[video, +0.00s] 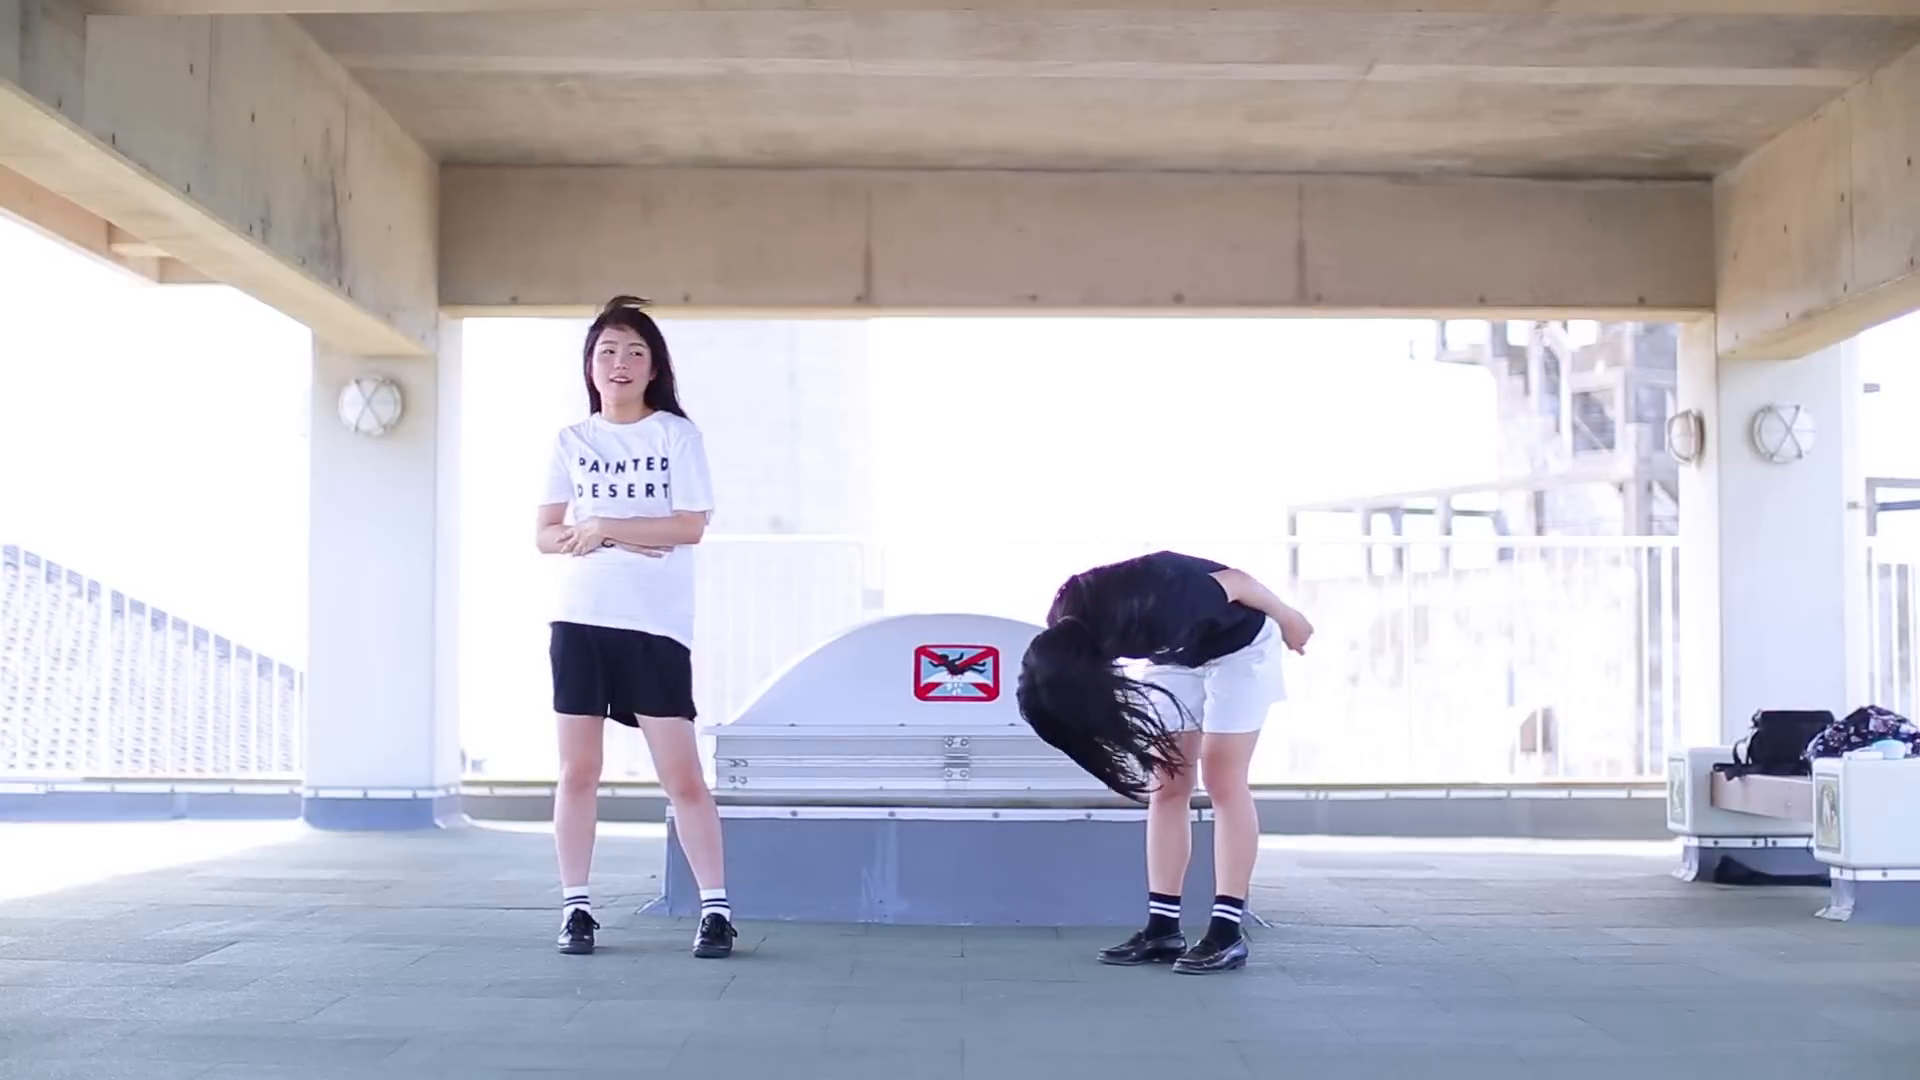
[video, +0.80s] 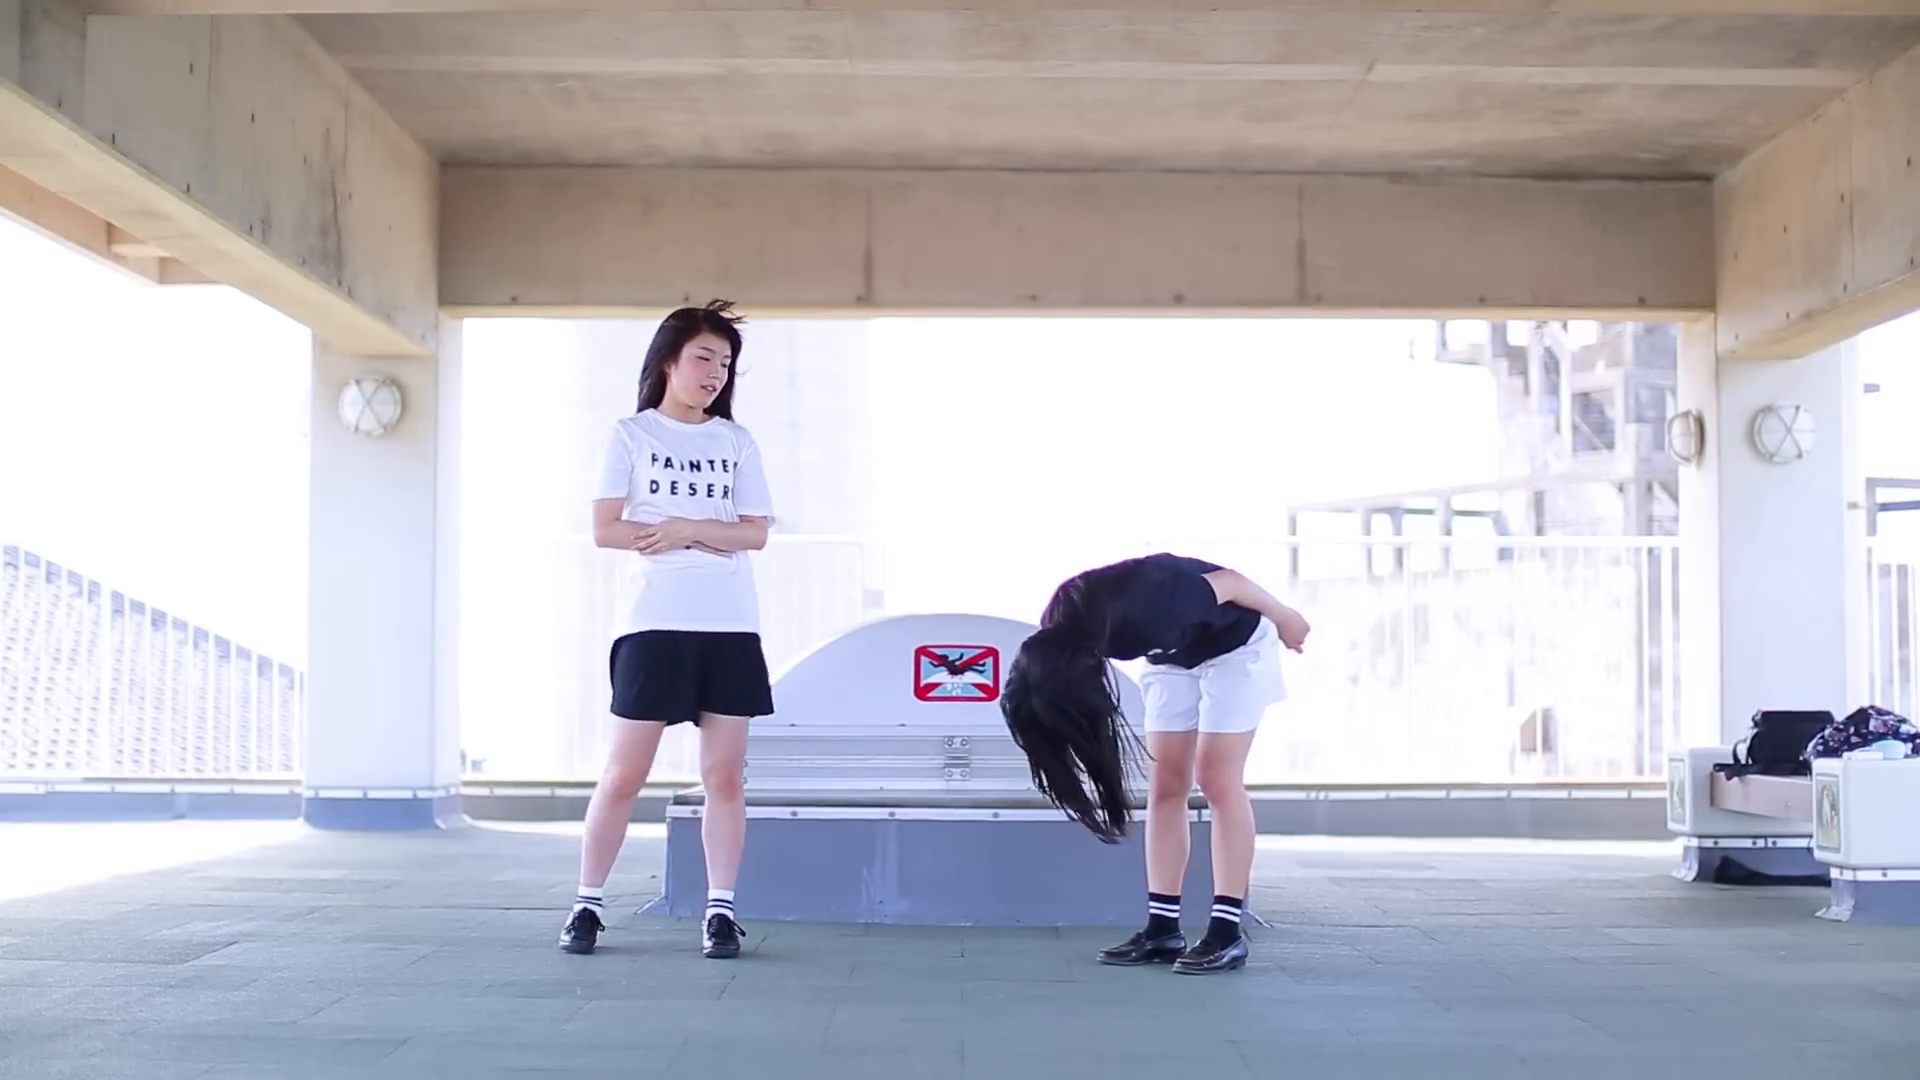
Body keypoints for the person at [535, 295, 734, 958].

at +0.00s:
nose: (619, 361)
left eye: (633, 351)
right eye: (607, 350)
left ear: (654, 364)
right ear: (589, 363)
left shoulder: (679, 434)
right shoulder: (571, 439)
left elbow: (692, 527)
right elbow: (546, 536)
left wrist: (604, 528)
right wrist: (609, 537)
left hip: (657, 626)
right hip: (579, 625)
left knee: (684, 780)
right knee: (577, 773)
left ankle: (715, 909)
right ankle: (575, 908)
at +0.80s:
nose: (713, 372)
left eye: (723, 364)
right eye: (702, 358)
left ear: (729, 374)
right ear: (667, 359)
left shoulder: (738, 440)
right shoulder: (632, 433)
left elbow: (756, 533)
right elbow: (606, 531)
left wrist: (684, 526)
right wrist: (702, 529)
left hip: (731, 627)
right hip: (656, 624)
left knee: (726, 778)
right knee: (624, 776)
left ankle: (720, 911)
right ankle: (587, 904)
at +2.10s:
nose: (796, 396)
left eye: (804, 386)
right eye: (787, 380)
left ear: (807, 393)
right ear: (753, 373)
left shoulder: (785, 466)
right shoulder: (687, 424)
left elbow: (778, 563)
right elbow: (632, 506)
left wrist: (709, 552)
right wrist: (704, 561)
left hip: (724, 635)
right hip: (653, 627)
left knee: (720, 780)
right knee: (666, 776)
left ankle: (720, 910)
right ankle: (681, 910)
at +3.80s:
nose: (579, 355)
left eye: (594, 346)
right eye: (580, 344)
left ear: (632, 363)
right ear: (585, 357)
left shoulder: (667, 430)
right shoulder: (563, 425)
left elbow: (702, 497)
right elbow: (494, 467)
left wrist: (635, 453)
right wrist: (521, 393)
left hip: (637, 621)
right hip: (564, 618)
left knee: (637, 780)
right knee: (571, 774)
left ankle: (648, 907)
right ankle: (577, 910)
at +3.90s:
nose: (594, 359)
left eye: (607, 347)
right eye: (587, 349)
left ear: (641, 357)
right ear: (579, 359)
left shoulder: (671, 423)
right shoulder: (564, 424)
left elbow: (685, 476)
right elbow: (491, 457)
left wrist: (627, 406)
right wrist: (534, 387)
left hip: (641, 619)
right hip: (565, 617)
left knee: (637, 777)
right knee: (571, 774)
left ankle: (648, 909)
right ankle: (578, 910)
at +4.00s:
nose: (593, 363)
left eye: (607, 351)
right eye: (584, 351)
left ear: (644, 359)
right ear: (577, 361)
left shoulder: (667, 420)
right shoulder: (564, 423)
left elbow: (667, 459)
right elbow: (495, 451)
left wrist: (625, 381)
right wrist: (546, 383)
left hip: (641, 620)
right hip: (566, 617)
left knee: (638, 776)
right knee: (572, 774)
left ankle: (647, 908)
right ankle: (577, 910)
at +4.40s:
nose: (606, 363)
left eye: (618, 349)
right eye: (592, 351)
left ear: (640, 356)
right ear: (574, 362)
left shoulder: (663, 422)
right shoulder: (559, 424)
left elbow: (703, 465)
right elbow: (481, 444)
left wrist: (675, 387)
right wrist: (539, 381)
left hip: (645, 618)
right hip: (569, 618)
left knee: (644, 776)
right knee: (575, 774)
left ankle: (649, 908)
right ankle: (580, 910)